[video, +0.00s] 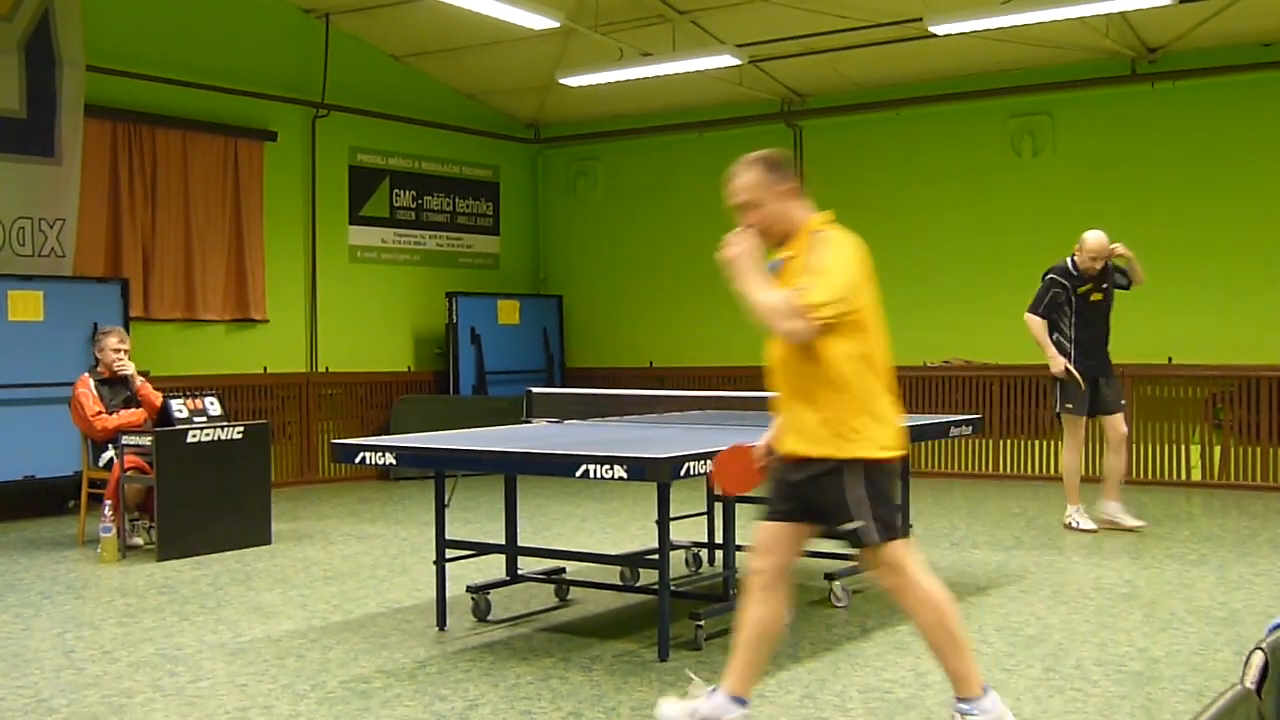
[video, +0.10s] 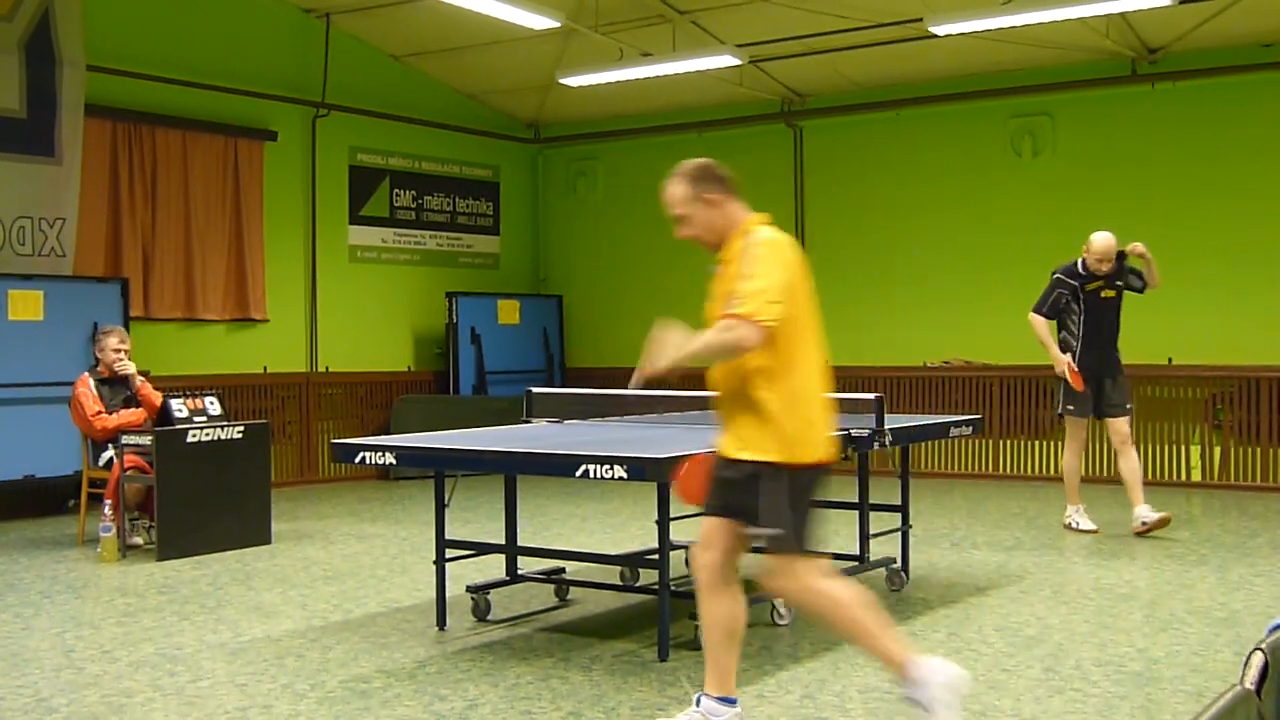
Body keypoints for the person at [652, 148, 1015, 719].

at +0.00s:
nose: (745, 220)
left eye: (750, 205)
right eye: (739, 210)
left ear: (788, 191)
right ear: (755, 205)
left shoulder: (835, 246)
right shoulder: (789, 257)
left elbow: (795, 321)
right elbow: (819, 366)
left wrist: (745, 270)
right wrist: (784, 427)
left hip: (857, 442)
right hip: (805, 443)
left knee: (897, 569)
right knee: (767, 566)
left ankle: (978, 702)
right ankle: (730, 700)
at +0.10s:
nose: (680, 234)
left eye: (682, 218)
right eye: (675, 222)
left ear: (715, 199)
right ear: (712, 204)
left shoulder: (766, 247)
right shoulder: (736, 255)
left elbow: (746, 331)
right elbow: (754, 358)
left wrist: (679, 350)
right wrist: (728, 444)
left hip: (786, 441)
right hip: (749, 443)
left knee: (786, 572)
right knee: (711, 558)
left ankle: (922, 672)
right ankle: (719, 702)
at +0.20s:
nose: (648, 231)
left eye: (649, 216)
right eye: (643, 219)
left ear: (679, 198)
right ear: (678, 202)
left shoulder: (729, 243)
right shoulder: (709, 248)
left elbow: (712, 342)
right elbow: (719, 348)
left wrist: (655, 414)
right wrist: (687, 437)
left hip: (740, 437)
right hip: (717, 436)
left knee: (707, 564)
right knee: (698, 563)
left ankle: (849, 660)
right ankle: (717, 700)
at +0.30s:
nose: (600, 227)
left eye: (600, 212)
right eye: (595, 214)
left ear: (627, 196)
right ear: (632, 196)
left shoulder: (674, 241)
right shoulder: (679, 239)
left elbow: (682, 341)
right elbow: (680, 348)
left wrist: (640, 432)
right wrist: (625, 410)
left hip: (678, 433)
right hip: (700, 432)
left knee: (611, 547)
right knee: (690, 561)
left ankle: (692, 675)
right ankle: (715, 689)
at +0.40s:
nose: (566, 227)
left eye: (566, 213)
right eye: (562, 215)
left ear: (591, 198)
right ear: (598, 197)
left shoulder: (637, 244)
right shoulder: (650, 241)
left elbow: (654, 339)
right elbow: (655, 355)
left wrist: (623, 438)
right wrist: (585, 389)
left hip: (639, 434)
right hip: (678, 434)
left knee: (568, 547)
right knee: (681, 554)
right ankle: (715, 692)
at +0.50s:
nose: (514, 235)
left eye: (513, 221)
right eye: (510, 223)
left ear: (538, 209)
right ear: (552, 207)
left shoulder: (576, 255)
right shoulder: (611, 251)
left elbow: (600, 351)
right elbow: (613, 360)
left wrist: (584, 449)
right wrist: (533, 377)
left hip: (580, 449)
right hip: (634, 446)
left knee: (521, 566)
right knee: (658, 562)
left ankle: (466, 686)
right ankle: (709, 687)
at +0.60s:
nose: (479, 241)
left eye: (478, 228)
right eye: (475, 230)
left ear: (502, 216)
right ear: (522, 211)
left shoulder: (538, 262)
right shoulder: (575, 256)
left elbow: (554, 359)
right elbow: (570, 362)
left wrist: (539, 456)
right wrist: (500, 398)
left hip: (540, 449)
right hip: (593, 447)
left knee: (481, 556)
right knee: (616, 555)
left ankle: (451, 693)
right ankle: (696, 677)